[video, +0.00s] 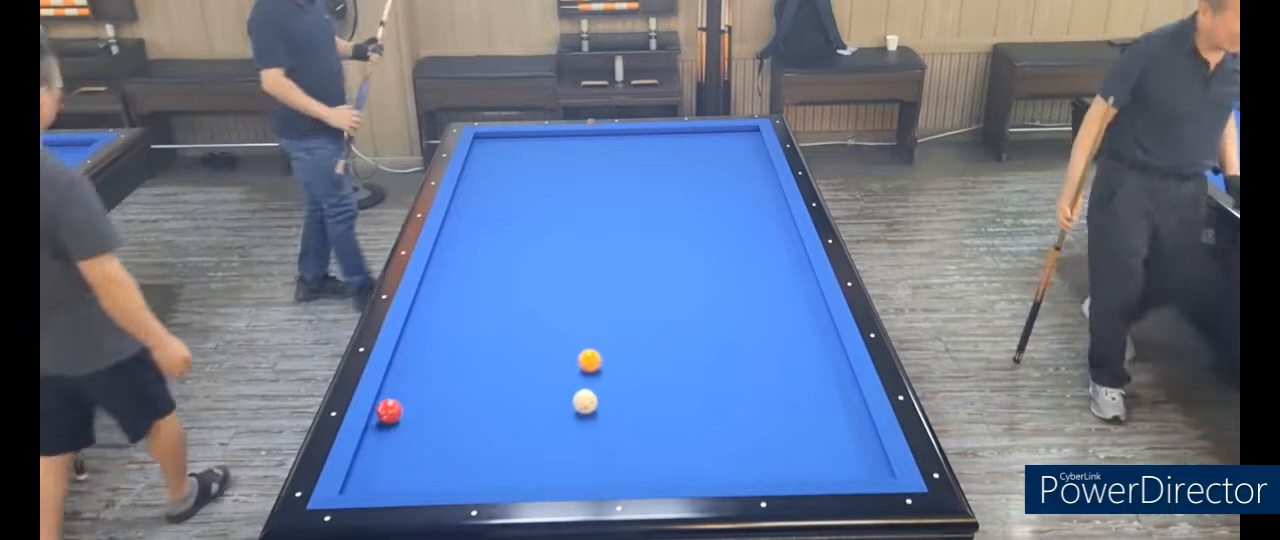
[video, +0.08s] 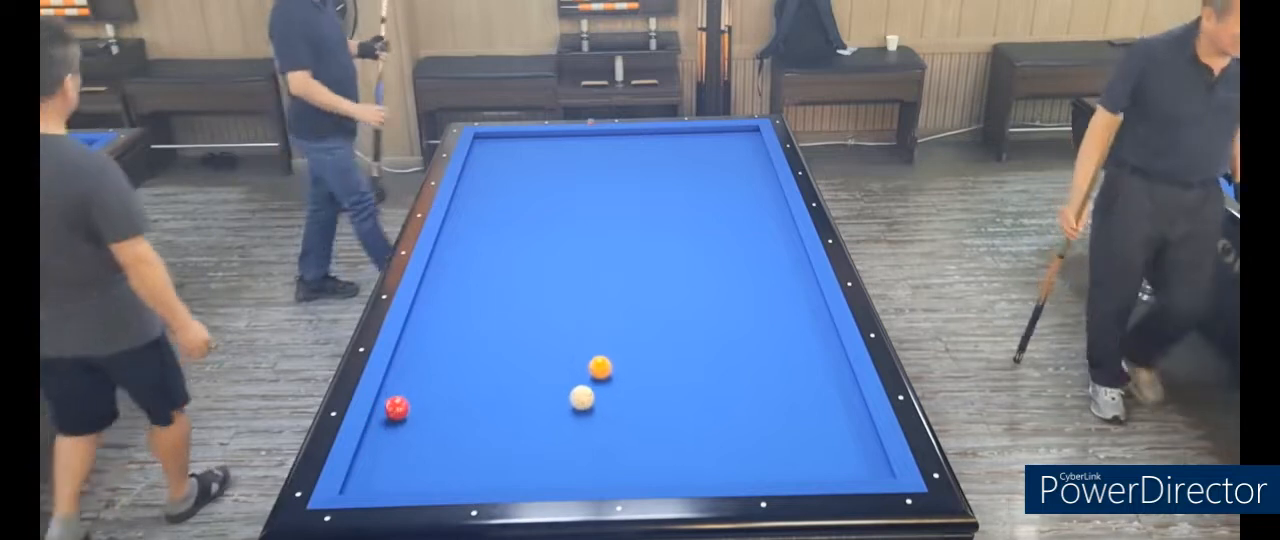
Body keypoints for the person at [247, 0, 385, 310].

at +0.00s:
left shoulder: (310, 5)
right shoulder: (267, 12)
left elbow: (322, 42)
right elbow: (271, 80)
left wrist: (355, 50)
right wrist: (329, 113)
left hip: (327, 128)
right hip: (305, 133)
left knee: (320, 208)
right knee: (340, 210)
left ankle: (312, 280)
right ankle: (362, 288)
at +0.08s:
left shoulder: (321, 6)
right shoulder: (290, 11)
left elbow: (326, 48)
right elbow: (298, 84)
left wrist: (361, 48)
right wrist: (356, 110)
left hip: (335, 128)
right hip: (319, 132)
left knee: (323, 206)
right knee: (361, 205)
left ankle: (313, 279)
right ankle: (395, 270)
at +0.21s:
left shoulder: (331, 9)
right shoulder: (326, 15)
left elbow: (337, 55)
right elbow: (345, 86)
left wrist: (374, 53)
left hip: (334, 128)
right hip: (347, 132)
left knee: (333, 204)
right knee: (390, 202)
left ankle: (313, 278)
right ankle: (424, 273)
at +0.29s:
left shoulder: (319, 7)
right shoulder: (345, 16)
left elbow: (335, 58)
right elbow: (376, 88)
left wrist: (380, 57)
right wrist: (431, 108)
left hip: (338, 128)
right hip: (361, 133)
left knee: (337, 203)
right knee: (401, 205)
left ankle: (314, 278)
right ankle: (427, 279)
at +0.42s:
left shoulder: (349, 11)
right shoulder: (383, 15)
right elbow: (429, 84)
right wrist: (485, 108)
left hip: (352, 131)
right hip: (384, 136)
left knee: (348, 199)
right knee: (424, 204)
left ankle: (320, 271)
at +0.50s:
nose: (447, 6)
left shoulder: (372, 8)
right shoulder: (425, 27)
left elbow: (356, 45)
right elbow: (470, 84)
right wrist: (522, 109)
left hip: (359, 122)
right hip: (393, 131)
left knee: (358, 193)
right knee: (431, 205)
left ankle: (330, 268)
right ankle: (440, 277)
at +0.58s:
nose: (465, 6)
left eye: (465, 4)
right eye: (464, 4)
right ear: (451, 3)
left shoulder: (383, 7)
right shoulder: (443, 30)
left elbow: (362, 43)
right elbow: (491, 84)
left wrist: (388, 70)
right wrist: (541, 109)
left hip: (363, 115)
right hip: (398, 126)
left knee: (360, 194)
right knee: (430, 204)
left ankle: (341, 271)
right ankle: (435, 278)